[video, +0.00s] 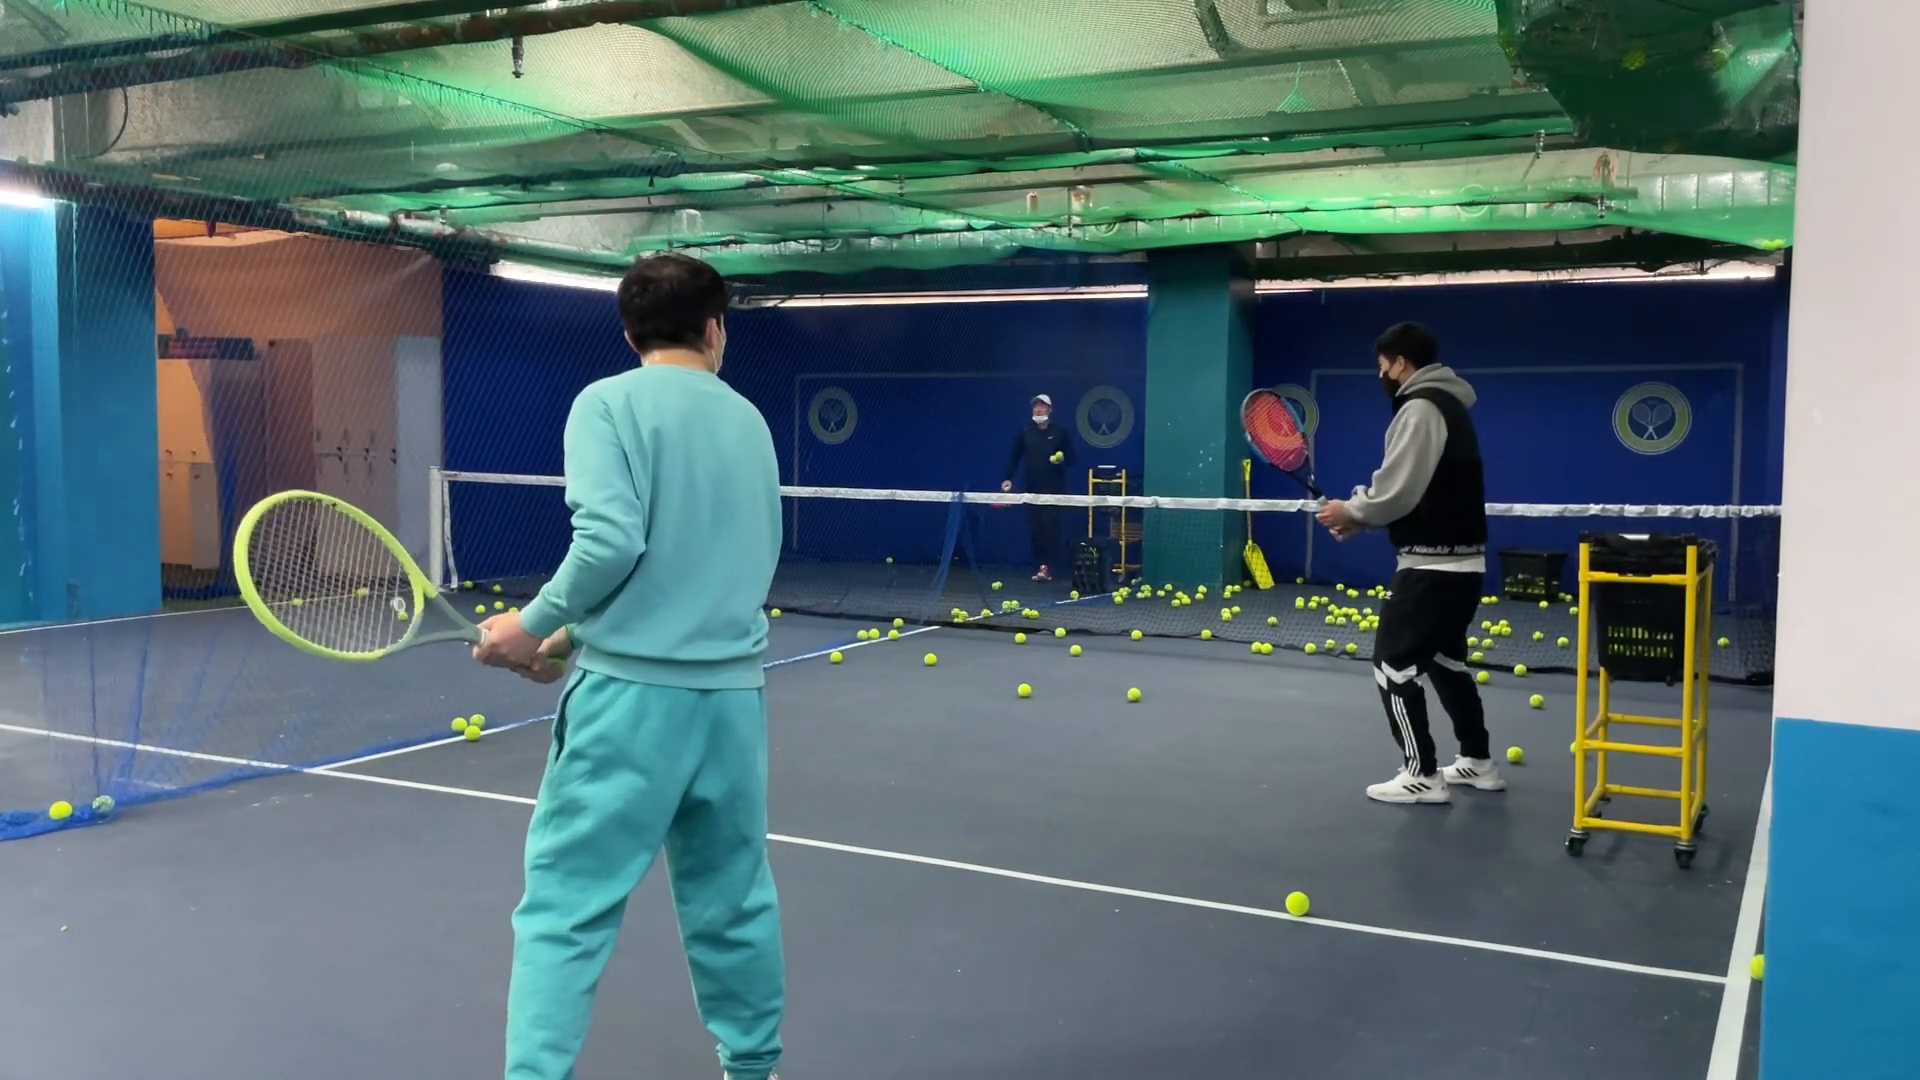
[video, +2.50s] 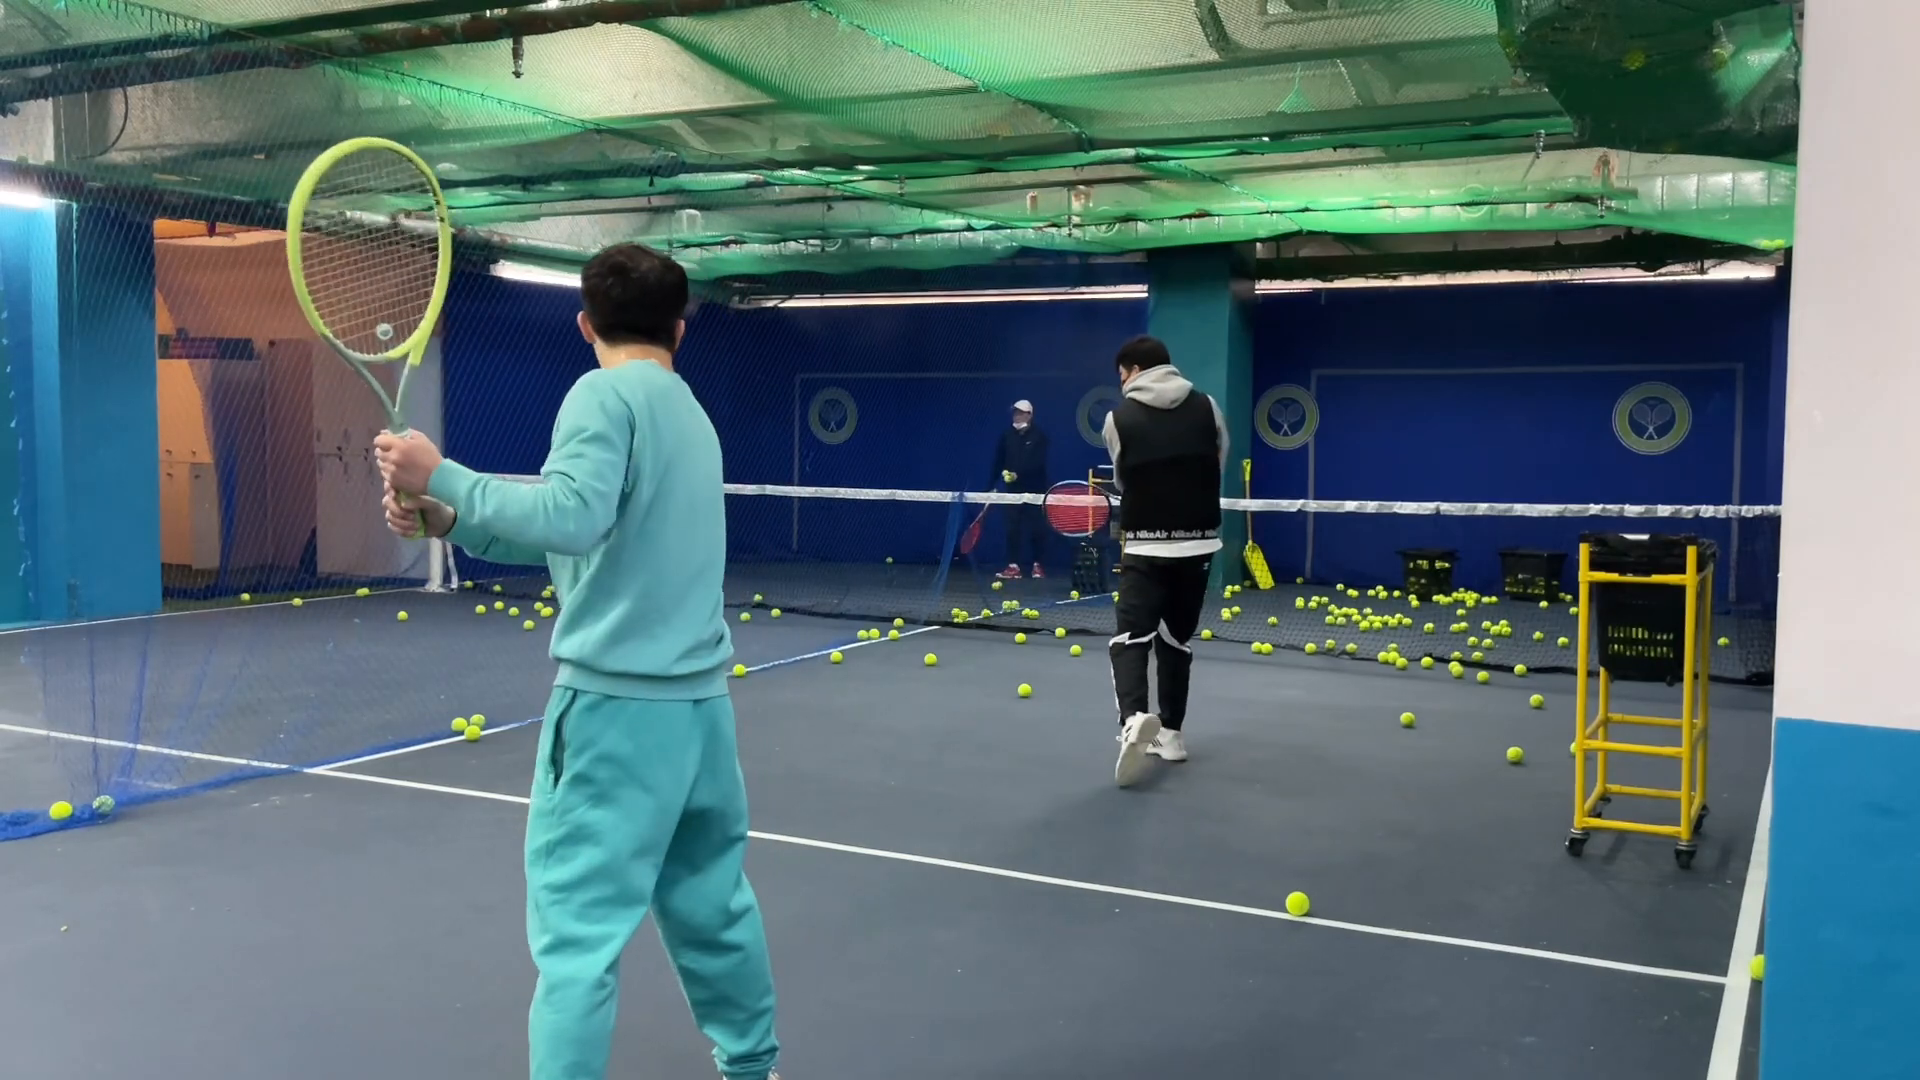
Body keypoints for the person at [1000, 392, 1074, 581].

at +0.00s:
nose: (1039, 411)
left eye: (1043, 408)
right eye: (1036, 408)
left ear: (1050, 410)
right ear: (1032, 411)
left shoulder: (1059, 433)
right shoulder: (1025, 433)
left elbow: (1071, 459)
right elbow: (1015, 457)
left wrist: (1062, 459)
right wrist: (1009, 478)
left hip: (1053, 485)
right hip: (1032, 484)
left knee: (1049, 524)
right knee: (1036, 525)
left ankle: (1046, 565)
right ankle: (1042, 565)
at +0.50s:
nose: (1022, 411)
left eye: (1026, 408)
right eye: (1020, 408)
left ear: (1035, 411)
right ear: (1017, 411)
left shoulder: (1044, 433)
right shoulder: (1014, 434)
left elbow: (1047, 462)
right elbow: (1008, 457)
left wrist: (1024, 466)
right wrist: (1009, 469)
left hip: (1039, 487)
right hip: (1018, 486)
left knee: (1038, 528)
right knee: (1010, 525)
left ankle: (1036, 569)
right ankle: (1014, 563)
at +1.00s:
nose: (1007, 411)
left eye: (1011, 407)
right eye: (1005, 407)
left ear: (1019, 409)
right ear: (1002, 410)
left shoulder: (1030, 430)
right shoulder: (1001, 432)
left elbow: (1035, 459)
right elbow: (997, 456)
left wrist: (1013, 460)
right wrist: (1000, 467)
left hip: (1033, 484)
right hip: (1013, 485)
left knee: (1039, 523)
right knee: (1011, 524)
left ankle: (1051, 563)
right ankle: (1013, 565)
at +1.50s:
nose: (1022, 420)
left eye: (1026, 417)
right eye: (1020, 417)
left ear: (1035, 419)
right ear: (1018, 420)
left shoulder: (1047, 439)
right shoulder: (1015, 442)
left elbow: (1054, 465)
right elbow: (1006, 468)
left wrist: (1052, 490)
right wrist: (1002, 492)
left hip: (1050, 491)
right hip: (1028, 491)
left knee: (1058, 530)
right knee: (1019, 529)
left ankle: (1064, 566)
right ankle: (1015, 565)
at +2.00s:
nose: (1026, 443)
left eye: (1029, 439)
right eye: (1023, 439)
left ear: (1035, 437)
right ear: (1018, 437)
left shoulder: (1044, 450)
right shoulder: (1009, 453)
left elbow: (1054, 472)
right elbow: (993, 476)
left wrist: (1058, 489)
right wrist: (985, 498)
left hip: (1042, 497)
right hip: (1017, 498)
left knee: (1055, 529)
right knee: (1012, 531)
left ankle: (1068, 564)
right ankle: (1013, 566)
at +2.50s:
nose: (1017, 416)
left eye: (1021, 413)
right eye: (1015, 413)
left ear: (1029, 415)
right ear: (1012, 415)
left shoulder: (1039, 437)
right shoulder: (1007, 436)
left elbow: (1038, 464)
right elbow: (998, 463)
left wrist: (1017, 474)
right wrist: (992, 487)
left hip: (1035, 488)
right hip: (1013, 487)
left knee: (1036, 526)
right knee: (1013, 526)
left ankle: (1036, 564)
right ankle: (1014, 565)